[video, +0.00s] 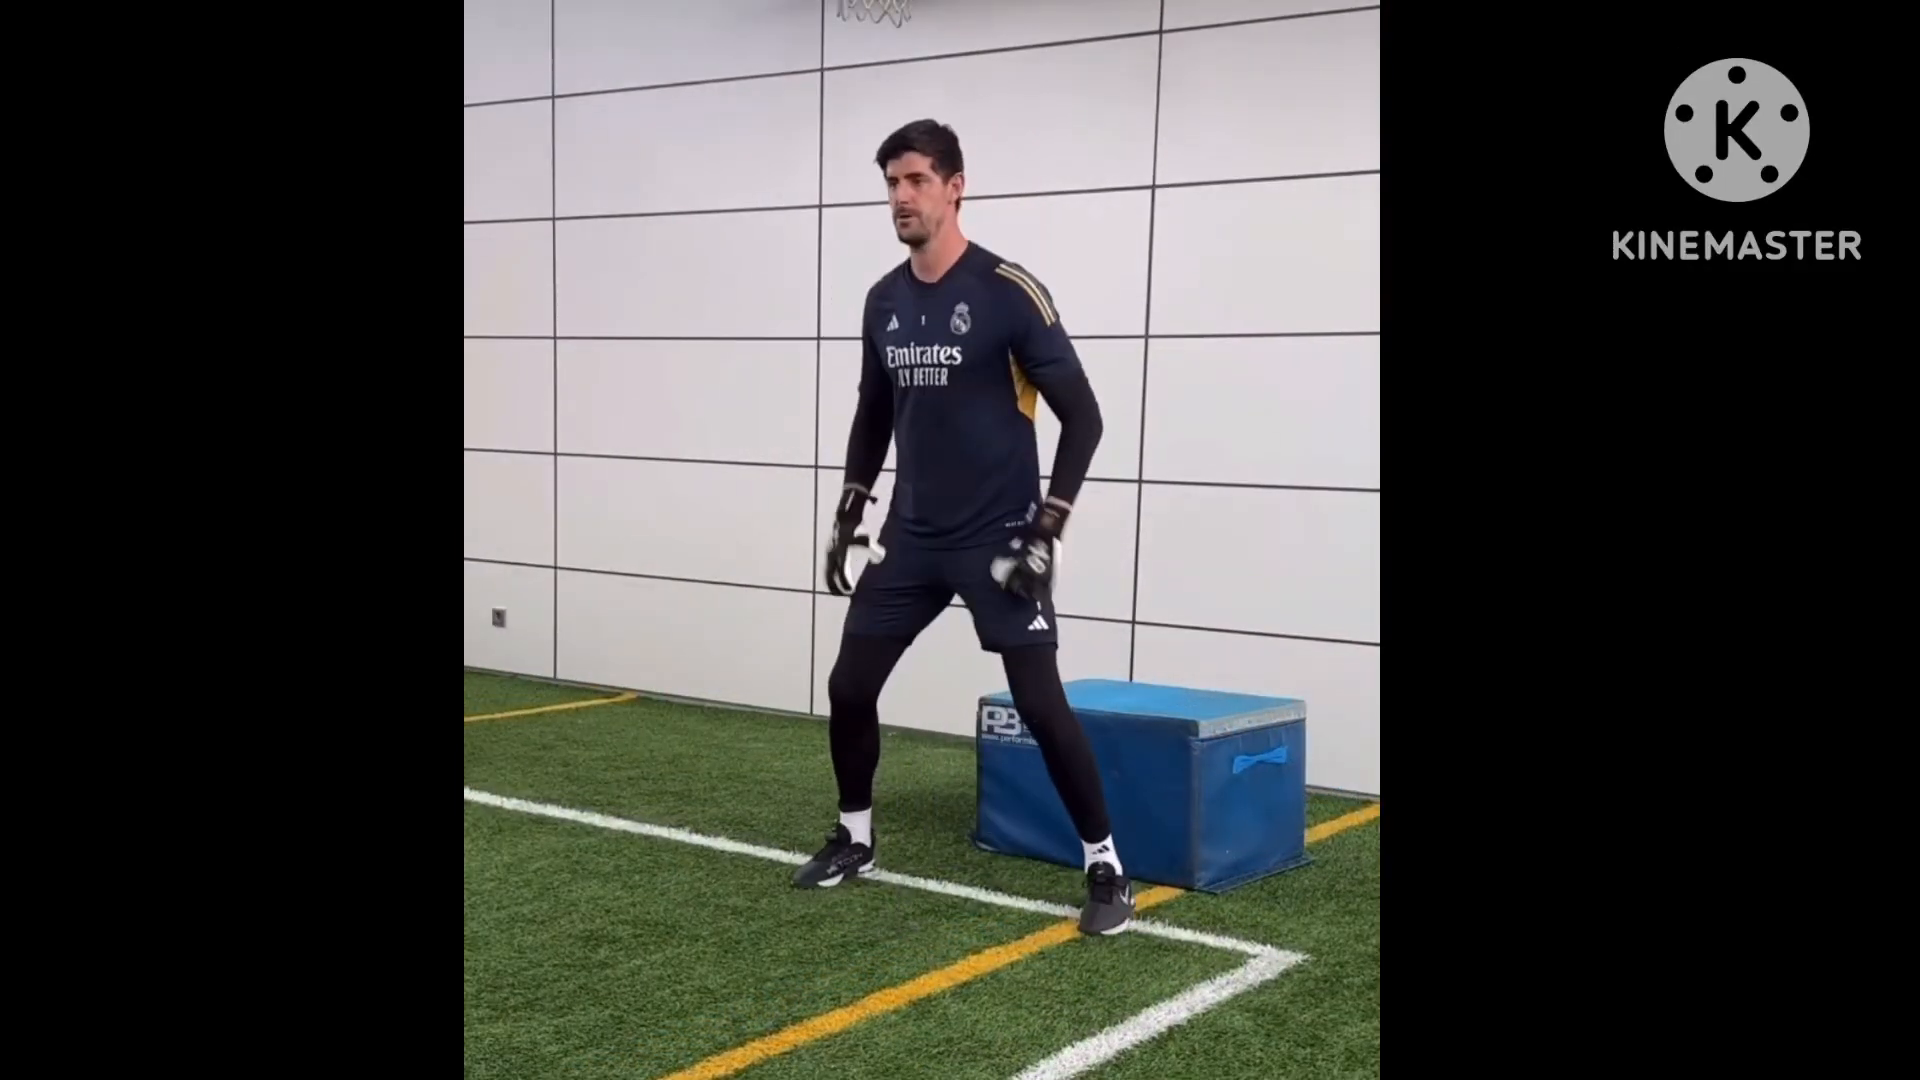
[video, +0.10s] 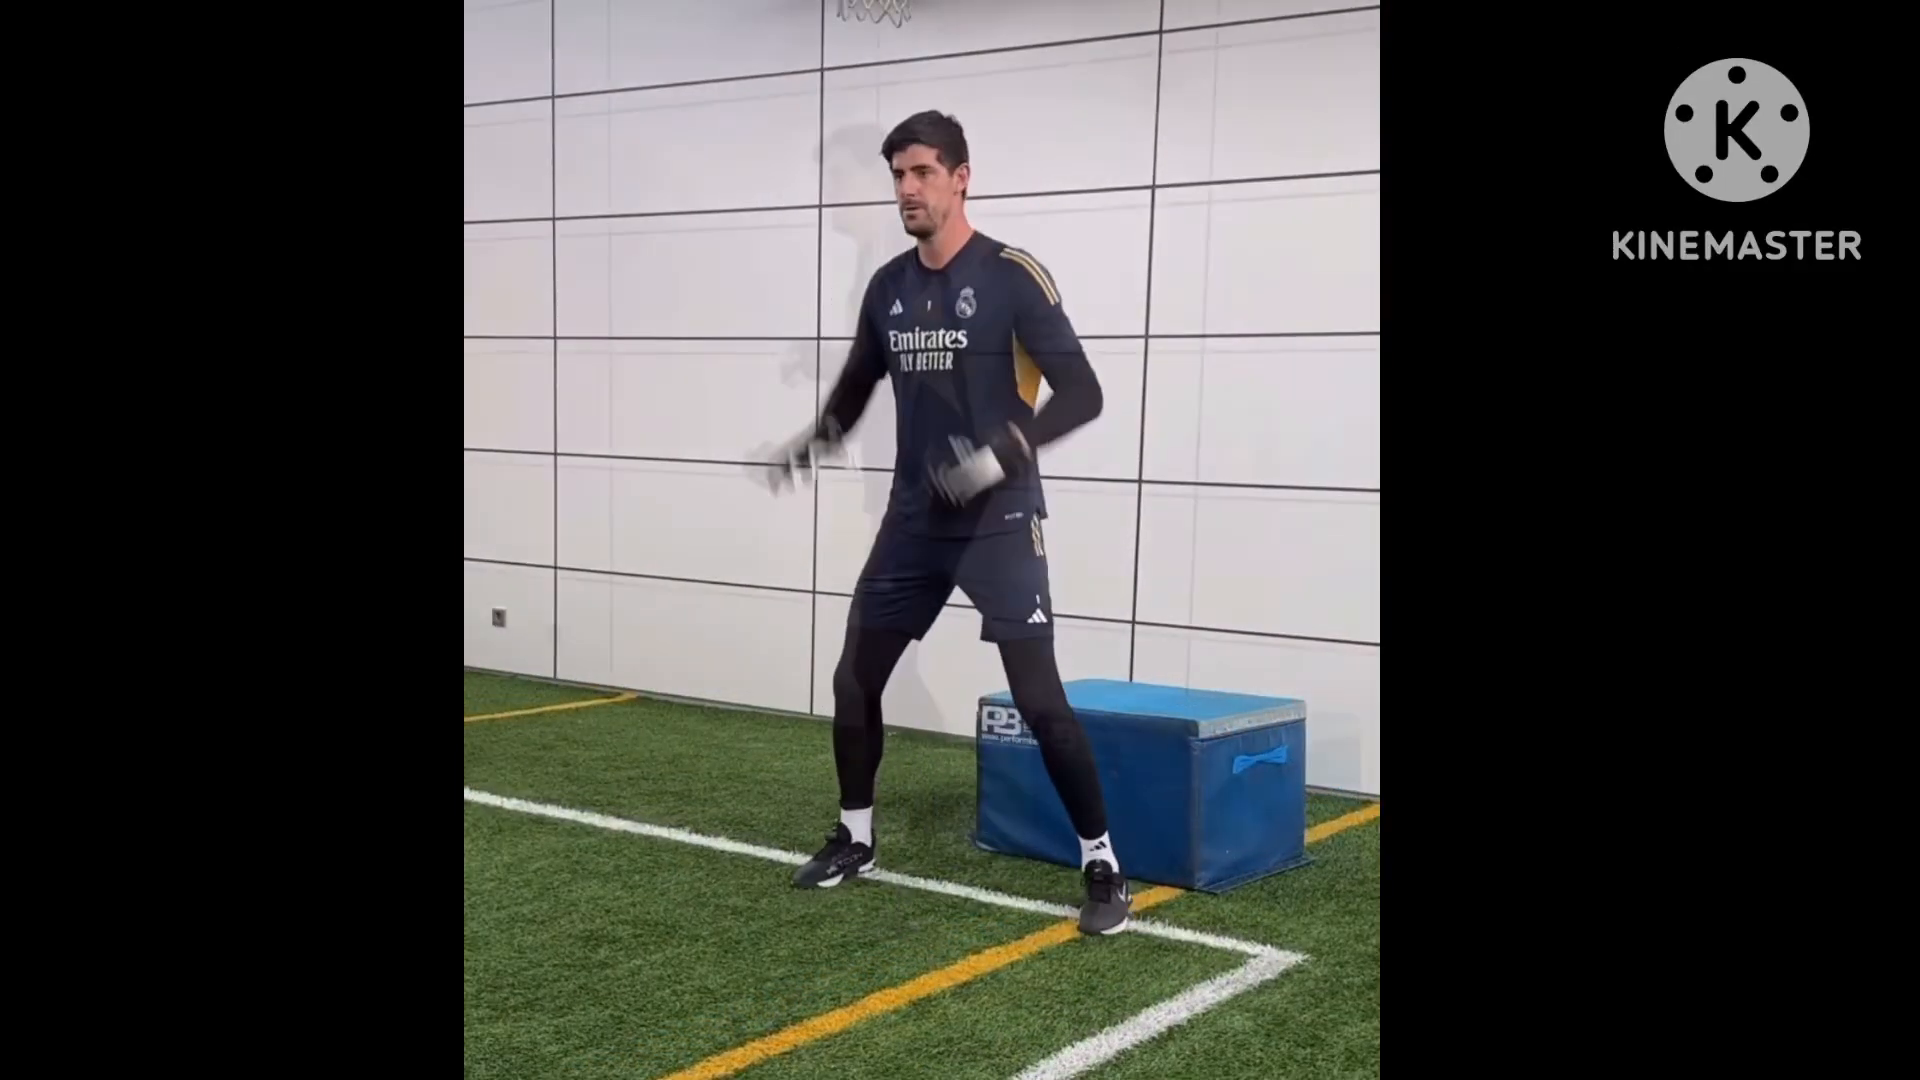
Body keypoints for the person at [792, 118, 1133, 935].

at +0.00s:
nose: (900, 197)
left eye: (915, 181)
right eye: (892, 183)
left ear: (955, 187)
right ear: (888, 194)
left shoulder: (1010, 293)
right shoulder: (885, 301)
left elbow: (1082, 416)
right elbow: (875, 410)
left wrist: (1046, 528)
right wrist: (848, 511)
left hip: (999, 538)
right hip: (911, 539)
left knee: (1040, 703)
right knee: (848, 689)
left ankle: (1105, 867)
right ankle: (853, 838)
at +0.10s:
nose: (907, 189)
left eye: (922, 173)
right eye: (899, 175)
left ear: (961, 179)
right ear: (893, 187)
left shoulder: (1012, 276)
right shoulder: (888, 287)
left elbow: (1083, 393)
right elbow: (855, 384)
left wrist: (1008, 449)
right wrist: (821, 436)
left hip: (1000, 519)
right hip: (914, 519)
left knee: (1039, 700)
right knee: (856, 678)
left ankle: (1100, 862)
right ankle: (856, 838)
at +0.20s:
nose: (923, 191)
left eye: (937, 175)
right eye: (913, 178)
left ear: (973, 179)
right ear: (906, 189)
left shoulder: (1014, 267)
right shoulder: (891, 277)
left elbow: (1053, 357)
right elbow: (813, 355)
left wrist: (968, 333)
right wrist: (802, 335)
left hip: (1000, 518)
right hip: (915, 518)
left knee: (1041, 704)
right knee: (853, 680)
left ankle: (1102, 863)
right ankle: (855, 839)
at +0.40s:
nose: (843, 205)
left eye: (848, 191)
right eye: (846, 191)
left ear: (870, 190)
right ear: (905, 192)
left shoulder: (852, 267)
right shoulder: (943, 276)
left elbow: (837, 381)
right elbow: (972, 411)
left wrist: (792, 436)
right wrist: (924, 452)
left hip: (876, 493)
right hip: (937, 495)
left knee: (846, 655)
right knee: (907, 658)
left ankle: (852, 835)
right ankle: (957, 822)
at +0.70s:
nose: (837, 213)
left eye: (847, 201)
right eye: (840, 201)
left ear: (882, 209)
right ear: (899, 213)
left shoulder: (873, 284)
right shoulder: (944, 294)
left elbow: (876, 406)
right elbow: (961, 421)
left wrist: (828, 500)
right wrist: (876, 492)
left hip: (895, 514)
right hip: (955, 519)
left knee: (811, 688)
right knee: (912, 674)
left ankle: (816, 884)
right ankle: (974, 848)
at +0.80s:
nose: (842, 179)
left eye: (856, 167)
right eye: (842, 167)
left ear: (900, 174)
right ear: (880, 179)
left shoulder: (919, 252)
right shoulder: (895, 257)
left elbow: (969, 365)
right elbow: (907, 382)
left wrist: (902, 441)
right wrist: (856, 450)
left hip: (923, 491)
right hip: (924, 488)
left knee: (849, 663)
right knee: (901, 664)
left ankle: (830, 864)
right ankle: (965, 837)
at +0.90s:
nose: (856, 174)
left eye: (871, 160)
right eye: (852, 161)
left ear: (913, 169)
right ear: (861, 173)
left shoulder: (950, 252)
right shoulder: (874, 268)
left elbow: (1008, 374)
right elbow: (895, 382)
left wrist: (943, 463)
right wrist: (855, 456)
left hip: (955, 481)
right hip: (903, 479)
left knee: (885, 659)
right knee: (875, 666)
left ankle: (919, 855)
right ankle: (920, 841)